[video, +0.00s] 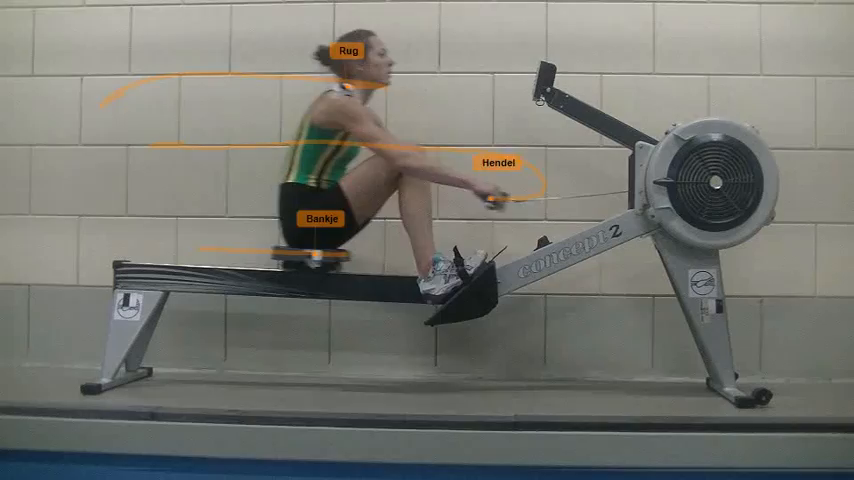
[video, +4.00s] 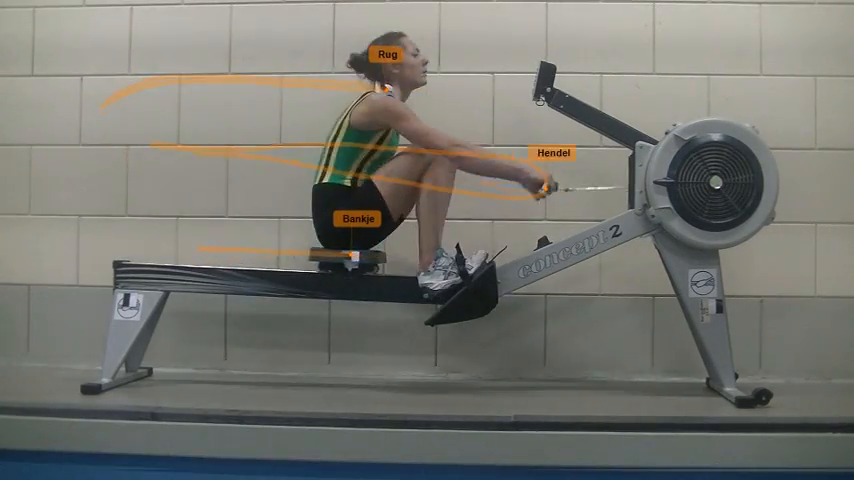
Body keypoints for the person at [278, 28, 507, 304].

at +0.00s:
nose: (391, 62)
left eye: (387, 54)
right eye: (381, 55)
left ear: (360, 65)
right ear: (357, 63)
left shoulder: (359, 110)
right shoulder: (342, 105)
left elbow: (407, 160)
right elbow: (405, 160)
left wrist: (471, 184)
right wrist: (471, 184)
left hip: (314, 217)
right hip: (306, 218)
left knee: (407, 163)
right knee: (405, 165)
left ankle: (431, 269)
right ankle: (430, 274)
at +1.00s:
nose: (169, 78)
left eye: (168, 71)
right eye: (161, 71)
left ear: (153, 76)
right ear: (135, 75)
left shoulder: (147, 119)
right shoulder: (114, 117)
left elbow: (162, 167)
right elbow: (88, 173)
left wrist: (191, 154)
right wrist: (148, 144)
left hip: (197, 210)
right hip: (183, 215)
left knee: (314, 237)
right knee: (307, 241)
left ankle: (429, 277)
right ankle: (429, 282)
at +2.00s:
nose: (417, 60)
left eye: (413, 54)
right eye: (407, 55)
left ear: (387, 68)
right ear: (385, 66)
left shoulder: (377, 105)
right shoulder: (374, 106)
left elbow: (445, 158)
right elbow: (445, 157)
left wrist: (509, 182)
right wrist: (512, 182)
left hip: (336, 217)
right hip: (334, 219)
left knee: (428, 157)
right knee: (429, 158)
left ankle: (434, 262)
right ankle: (429, 272)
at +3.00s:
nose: (175, 78)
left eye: (175, 70)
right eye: (169, 71)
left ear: (154, 74)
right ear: (143, 74)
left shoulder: (149, 114)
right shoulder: (117, 113)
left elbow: (154, 164)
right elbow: (74, 167)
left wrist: (182, 152)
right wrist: (132, 138)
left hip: (197, 212)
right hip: (184, 217)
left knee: (313, 234)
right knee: (309, 236)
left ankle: (428, 276)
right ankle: (429, 279)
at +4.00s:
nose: (425, 60)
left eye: (420, 54)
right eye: (415, 55)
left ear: (393, 68)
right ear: (391, 66)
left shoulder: (387, 105)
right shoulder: (382, 104)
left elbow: (452, 150)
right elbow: (452, 151)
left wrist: (520, 173)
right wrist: (522, 174)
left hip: (345, 216)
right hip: (340, 218)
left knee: (439, 157)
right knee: (438, 158)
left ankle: (436, 261)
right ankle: (428, 270)